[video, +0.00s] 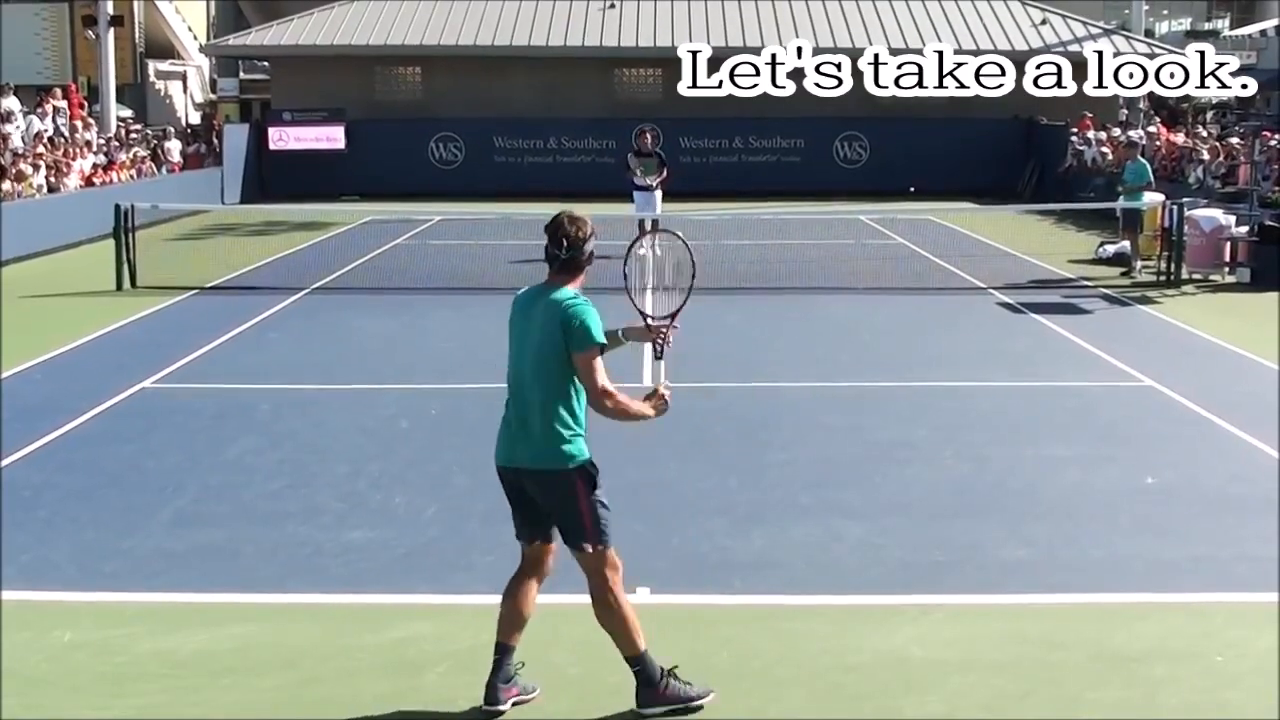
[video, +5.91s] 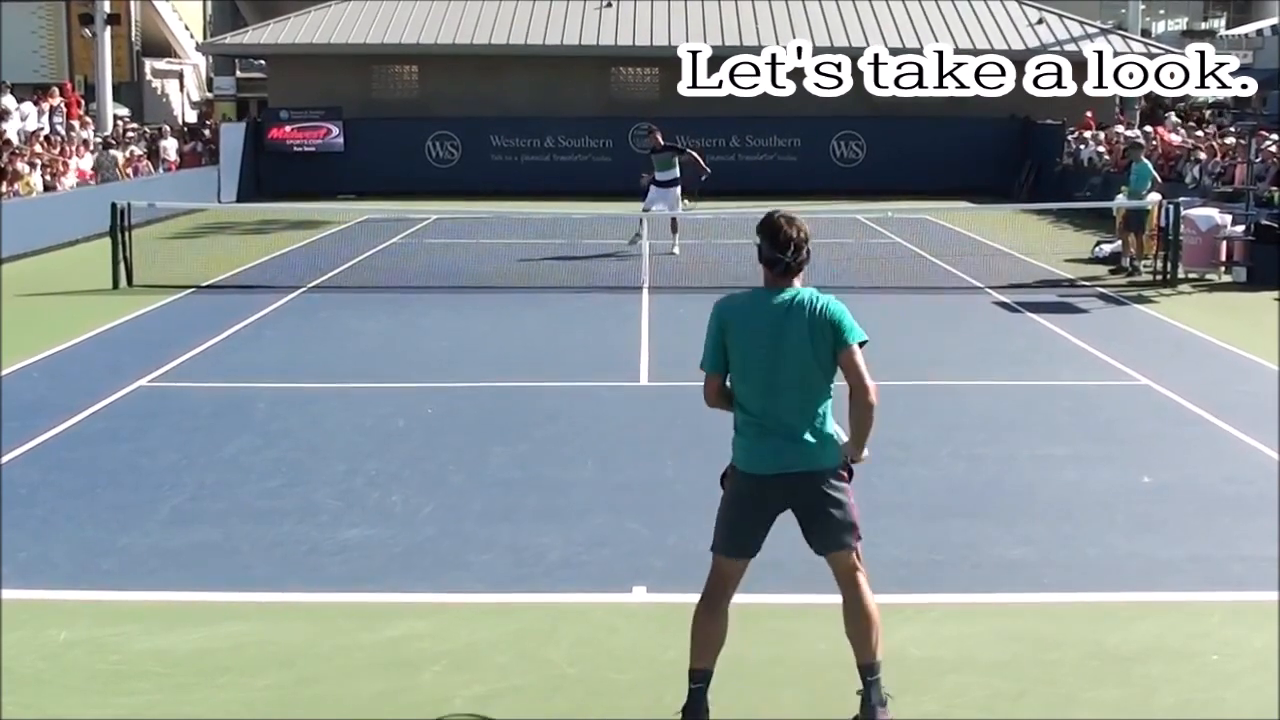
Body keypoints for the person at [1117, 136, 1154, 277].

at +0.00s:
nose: (1125, 153)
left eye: (1127, 150)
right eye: (1125, 150)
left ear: (1135, 150)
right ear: (1127, 150)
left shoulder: (1143, 165)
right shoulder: (1127, 164)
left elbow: (1150, 184)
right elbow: (1124, 180)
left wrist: (1131, 188)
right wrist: (1121, 186)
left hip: (1136, 204)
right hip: (1126, 202)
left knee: (1134, 235)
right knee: (1129, 234)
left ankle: (1136, 265)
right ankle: (1133, 264)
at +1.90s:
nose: (1131, 152)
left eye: (1133, 149)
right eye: (1131, 149)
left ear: (1139, 150)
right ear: (1133, 150)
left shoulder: (1145, 163)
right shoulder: (1135, 163)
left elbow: (1158, 176)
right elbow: (1137, 180)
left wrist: (1148, 188)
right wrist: (1128, 188)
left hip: (1140, 204)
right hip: (1131, 203)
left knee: (1137, 234)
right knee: (1124, 232)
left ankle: (1138, 264)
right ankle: (1126, 262)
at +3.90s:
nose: (1128, 151)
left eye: (1130, 148)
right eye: (1128, 148)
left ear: (1137, 149)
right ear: (1131, 150)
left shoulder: (1144, 163)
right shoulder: (1132, 163)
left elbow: (1155, 179)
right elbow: (1132, 181)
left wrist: (1143, 191)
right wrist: (1125, 188)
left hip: (1138, 203)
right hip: (1128, 202)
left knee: (1135, 233)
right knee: (1121, 231)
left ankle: (1135, 264)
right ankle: (1122, 262)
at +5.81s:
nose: (1130, 154)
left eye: (1133, 151)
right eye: (1130, 151)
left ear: (1140, 151)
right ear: (1132, 152)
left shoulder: (1147, 164)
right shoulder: (1134, 165)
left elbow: (1158, 181)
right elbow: (1136, 182)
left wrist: (1146, 193)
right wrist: (1128, 190)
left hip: (1142, 204)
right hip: (1131, 203)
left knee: (1139, 234)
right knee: (1124, 232)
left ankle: (1138, 265)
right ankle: (1125, 263)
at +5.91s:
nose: (1129, 154)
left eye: (1132, 151)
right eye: (1129, 151)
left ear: (1139, 151)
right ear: (1131, 152)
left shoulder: (1146, 165)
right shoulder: (1134, 165)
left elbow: (1157, 181)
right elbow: (1135, 182)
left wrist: (1146, 193)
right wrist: (1128, 190)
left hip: (1141, 205)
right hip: (1131, 203)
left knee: (1139, 235)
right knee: (1124, 233)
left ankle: (1138, 265)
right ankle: (1124, 263)